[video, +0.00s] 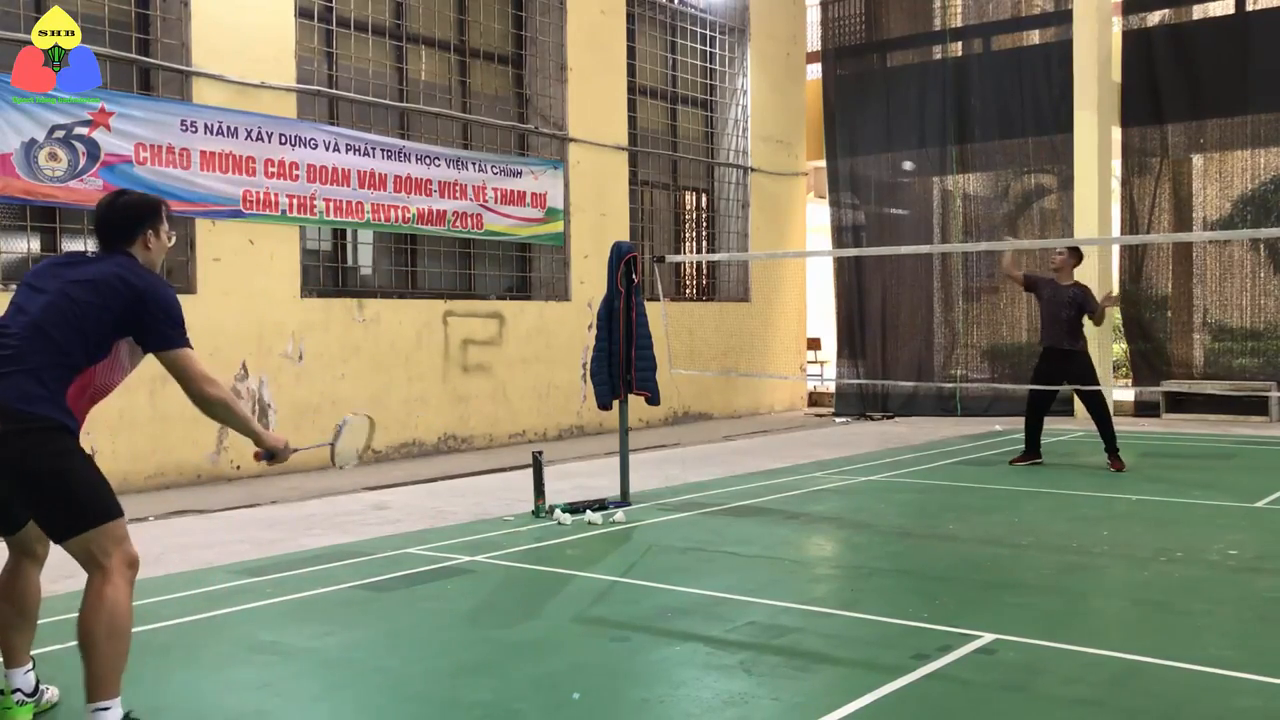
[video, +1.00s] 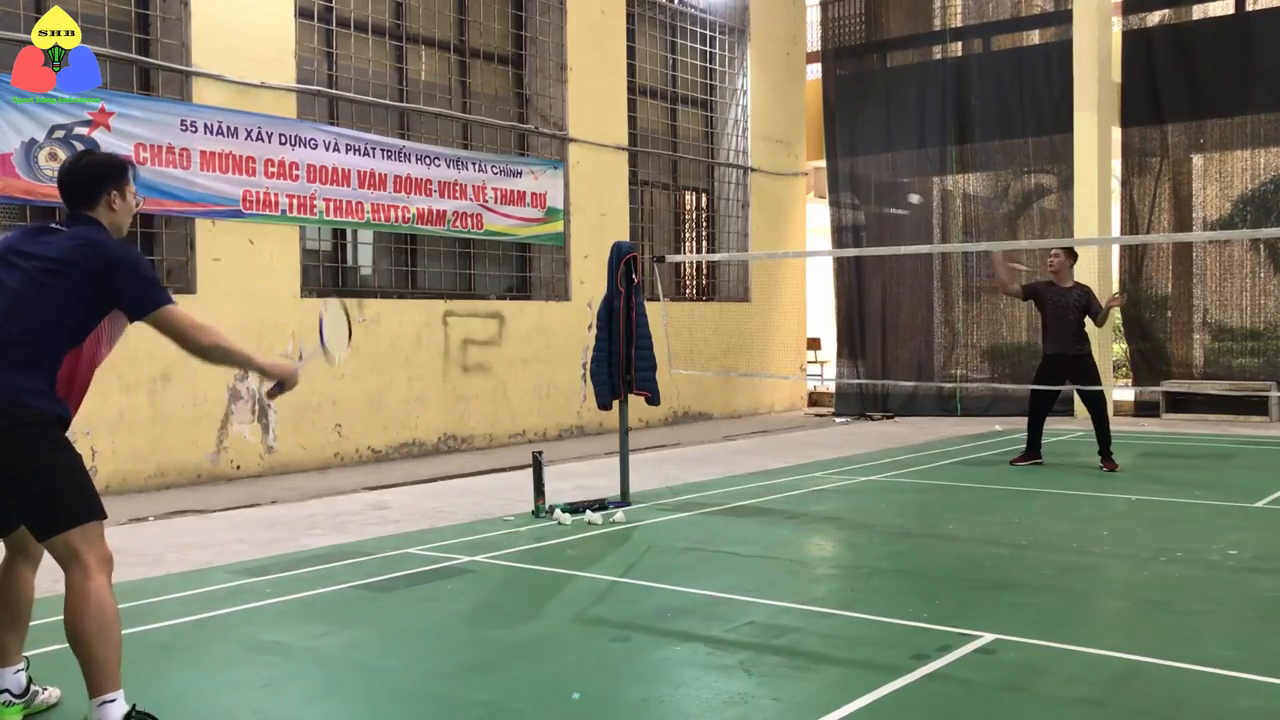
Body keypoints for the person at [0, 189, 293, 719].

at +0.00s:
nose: (168, 241)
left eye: (167, 230)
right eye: (166, 230)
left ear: (106, 235)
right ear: (148, 236)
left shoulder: (48, 266)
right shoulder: (145, 289)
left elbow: (21, 345)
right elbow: (202, 389)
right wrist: (260, 435)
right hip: (32, 424)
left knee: (27, 549)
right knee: (114, 561)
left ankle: (19, 688)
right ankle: (105, 712)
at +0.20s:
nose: (172, 242)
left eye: (171, 231)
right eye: (169, 232)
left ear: (109, 235)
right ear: (152, 237)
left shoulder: (51, 268)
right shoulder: (147, 292)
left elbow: (19, 346)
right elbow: (197, 401)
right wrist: (254, 441)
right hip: (33, 432)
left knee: (31, 549)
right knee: (130, 566)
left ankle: (20, 688)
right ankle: (108, 713)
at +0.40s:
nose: (170, 239)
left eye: (169, 229)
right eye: (168, 230)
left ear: (106, 233)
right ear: (156, 238)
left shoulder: (40, 266)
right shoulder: (154, 298)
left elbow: (2, 322)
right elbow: (182, 406)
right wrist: (178, 408)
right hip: (45, 437)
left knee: (24, 546)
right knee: (136, 569)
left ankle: (10, 685)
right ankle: (110, 713)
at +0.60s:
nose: (157, 228)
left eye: (158, 219)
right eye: (158, 220)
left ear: (95, 212)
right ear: (148, 224)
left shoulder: (18, 248)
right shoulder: (144, 282)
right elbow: (246, 320)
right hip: (30, 438)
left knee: (8, 551)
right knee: (97, 565)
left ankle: (8, 681)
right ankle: (104, 711)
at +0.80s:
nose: (139, 210)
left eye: (138, 200)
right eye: (136, 201)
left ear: (73, 201)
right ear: (121, 204)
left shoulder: (18, 240)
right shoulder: (128, 260)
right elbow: (238, 297)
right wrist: (318, 306)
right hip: (30, 428)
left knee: (14, 551)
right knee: (88, 562)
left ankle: (10, 684)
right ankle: (103, 710)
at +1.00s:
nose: (135, 206)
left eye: (132, 194)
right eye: (132, 195)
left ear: (69, 198)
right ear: (114, 197)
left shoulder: (16, 241)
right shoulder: (110, 255)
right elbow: (195, 338)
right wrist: (264, 364)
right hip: (22, 418)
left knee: (22, 548)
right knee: (88, 559)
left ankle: (10, 686)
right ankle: (110, 709)